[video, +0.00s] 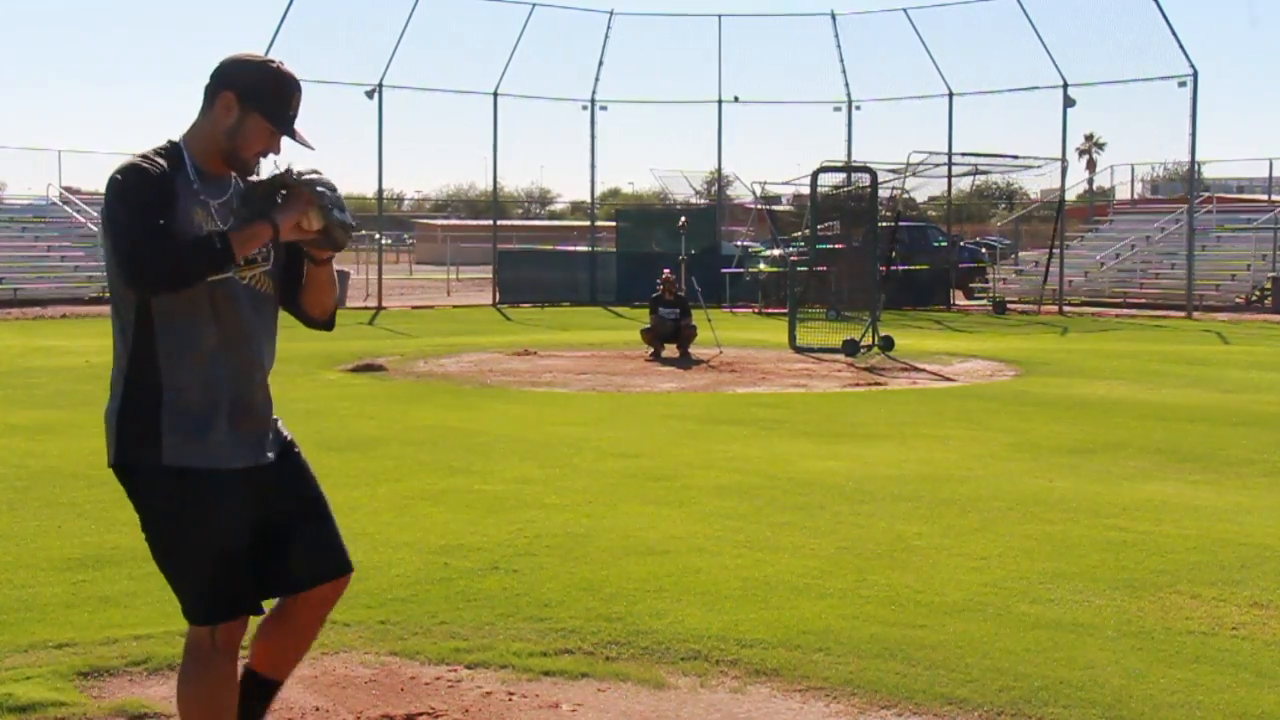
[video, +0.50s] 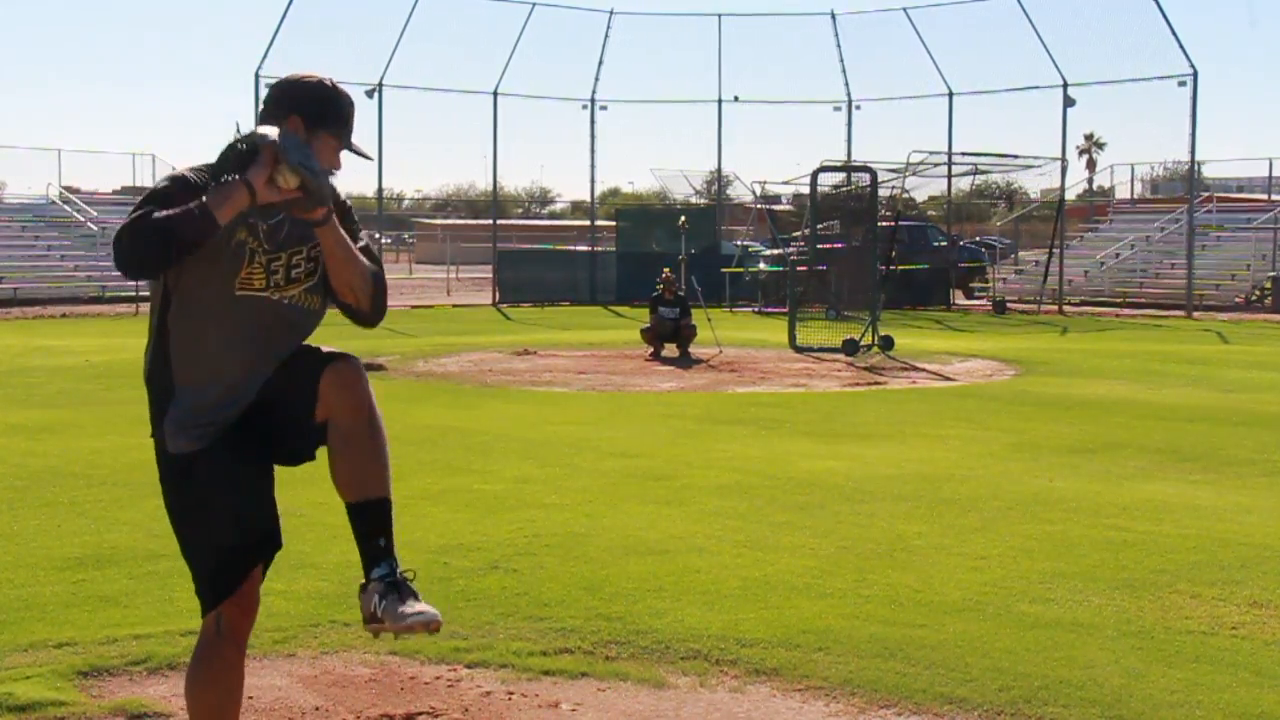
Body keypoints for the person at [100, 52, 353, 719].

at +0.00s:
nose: (275, 147)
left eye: (280, 134)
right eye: (271, 129)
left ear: (241, 116)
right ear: (227, 106)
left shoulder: (259, 198)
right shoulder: (141, 182)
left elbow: (317, 310)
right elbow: (148, 271)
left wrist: (318, 247)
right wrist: (268, 228)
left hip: (254, 433)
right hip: (171, 444)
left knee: (322, 575)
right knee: (220, 620)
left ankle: (244, 712)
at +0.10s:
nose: (282, 147)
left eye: (288, 134)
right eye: (276, 128)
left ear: (250, 118)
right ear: (231, 107)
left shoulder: (271, 196)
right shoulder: (138, 178)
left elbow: (333, 308)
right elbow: (123, 253)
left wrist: (309, 229)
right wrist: (244, 210)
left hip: (259, 419)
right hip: (174, 443)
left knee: (338, 557)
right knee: (216, 620)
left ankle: (340, 717)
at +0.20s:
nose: (284, 150)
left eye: (294, 139)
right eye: (279, 133)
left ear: (294, 140)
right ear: (239, 111)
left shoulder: (281, 190)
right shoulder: (149, 174)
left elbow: (348, 301)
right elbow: (109, 241)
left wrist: (306, 215)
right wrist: (229, 190)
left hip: (270, 410)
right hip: (182, 439)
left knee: (344, 532)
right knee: (215, 618)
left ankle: (412, 701)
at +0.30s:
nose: (291, 152)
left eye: (303, 140)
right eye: (283, 135)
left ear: (304, 145)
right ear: (246, 125)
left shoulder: (297, 200)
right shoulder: (167, 174)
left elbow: (365, 293)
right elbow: (110, 233)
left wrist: (314, 200)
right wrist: (229, 177)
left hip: (275, 394)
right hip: (187, 426)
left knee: (347, 460)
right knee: (218, 612)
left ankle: (423, 634)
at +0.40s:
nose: (298, 152)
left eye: (311, 144)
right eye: (292, 137)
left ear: (317, 148)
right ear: (257, 124)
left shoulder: (309, 201)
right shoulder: (181, 178)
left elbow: (376, 286)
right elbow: (127, 231)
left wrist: (322, 193)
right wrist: (235, 165)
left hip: (272, 387)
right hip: (192, 418)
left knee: (341, 388)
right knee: (223, 608)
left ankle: (399, 581)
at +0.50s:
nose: (337, 162)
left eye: (342, 149)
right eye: (332, 145)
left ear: (311, 139)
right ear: (291, 130)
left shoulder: (328, 210)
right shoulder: (202, 187)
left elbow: (369, 309)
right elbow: (132, 254)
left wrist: (324, 223)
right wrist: (245, 193)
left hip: (274, 384)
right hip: (197, 414)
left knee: (346, 378)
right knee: (234, 600)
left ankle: (382, 580)